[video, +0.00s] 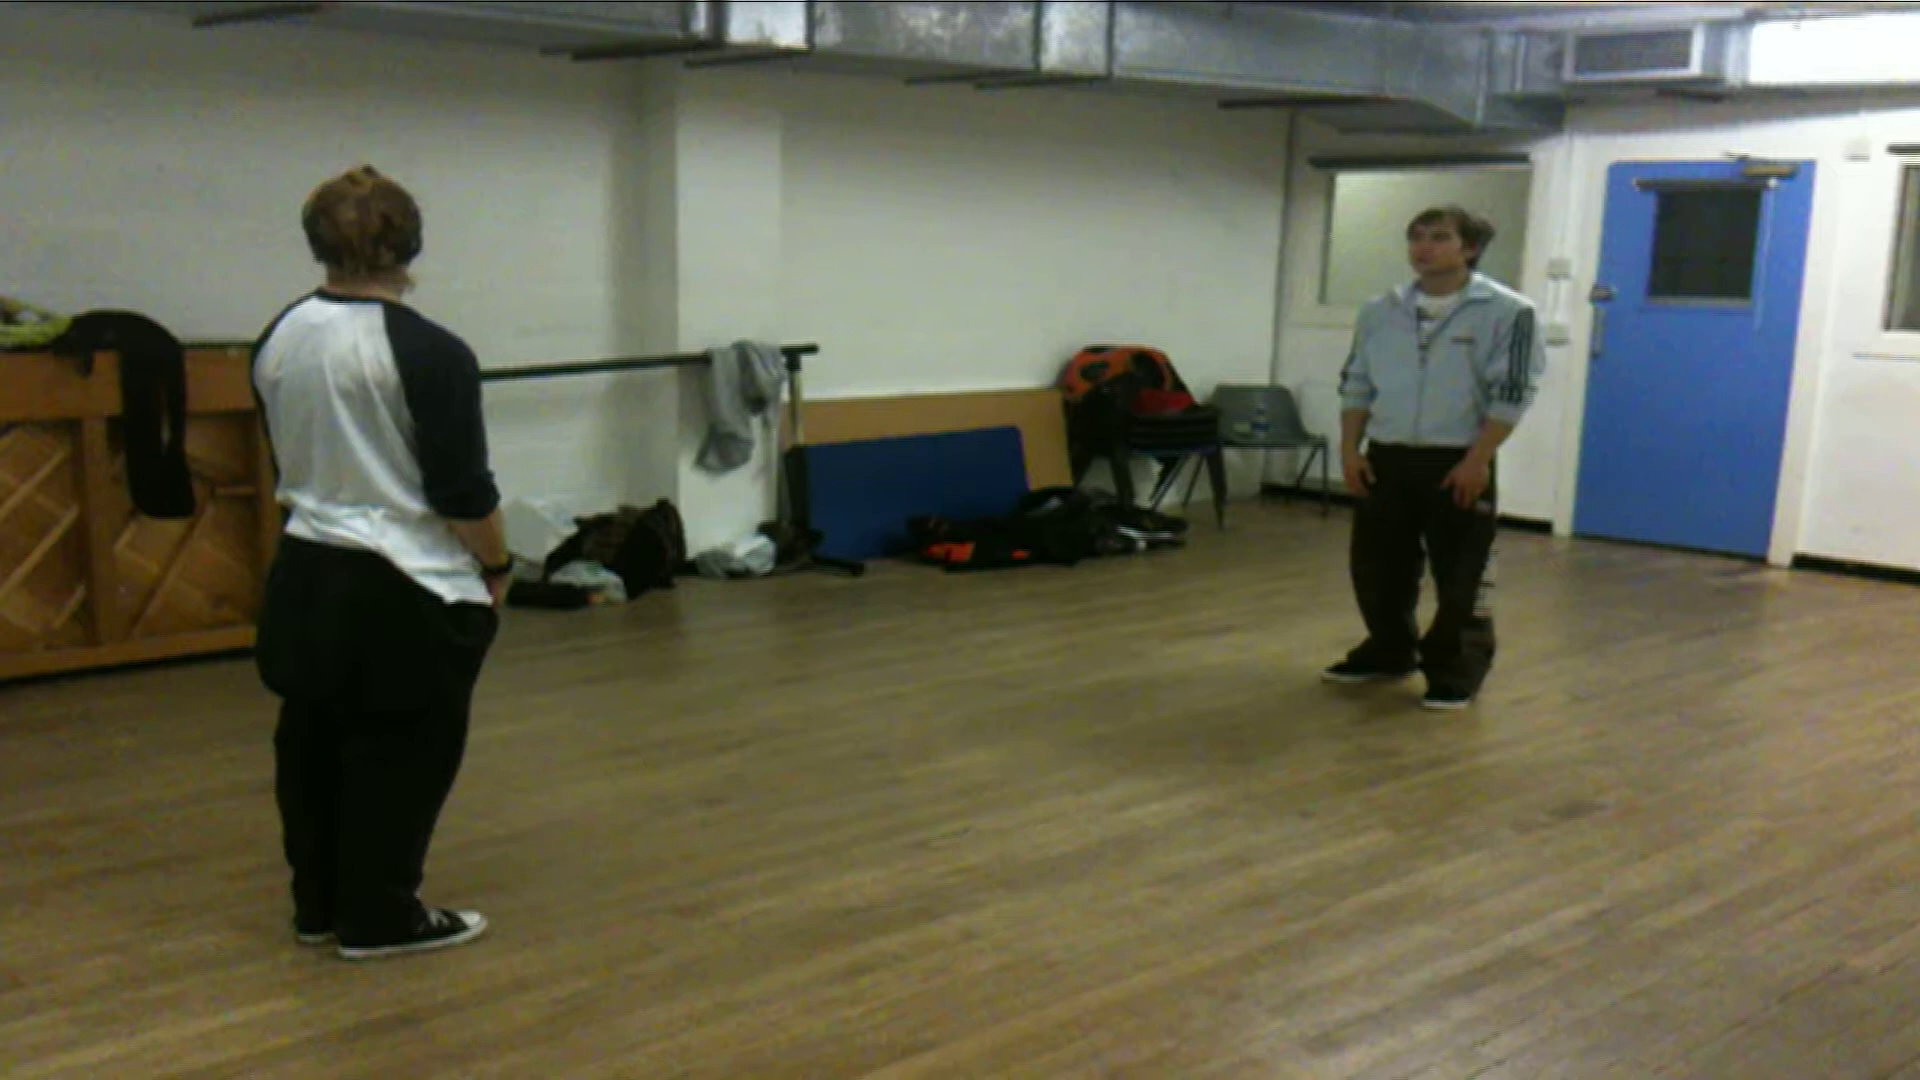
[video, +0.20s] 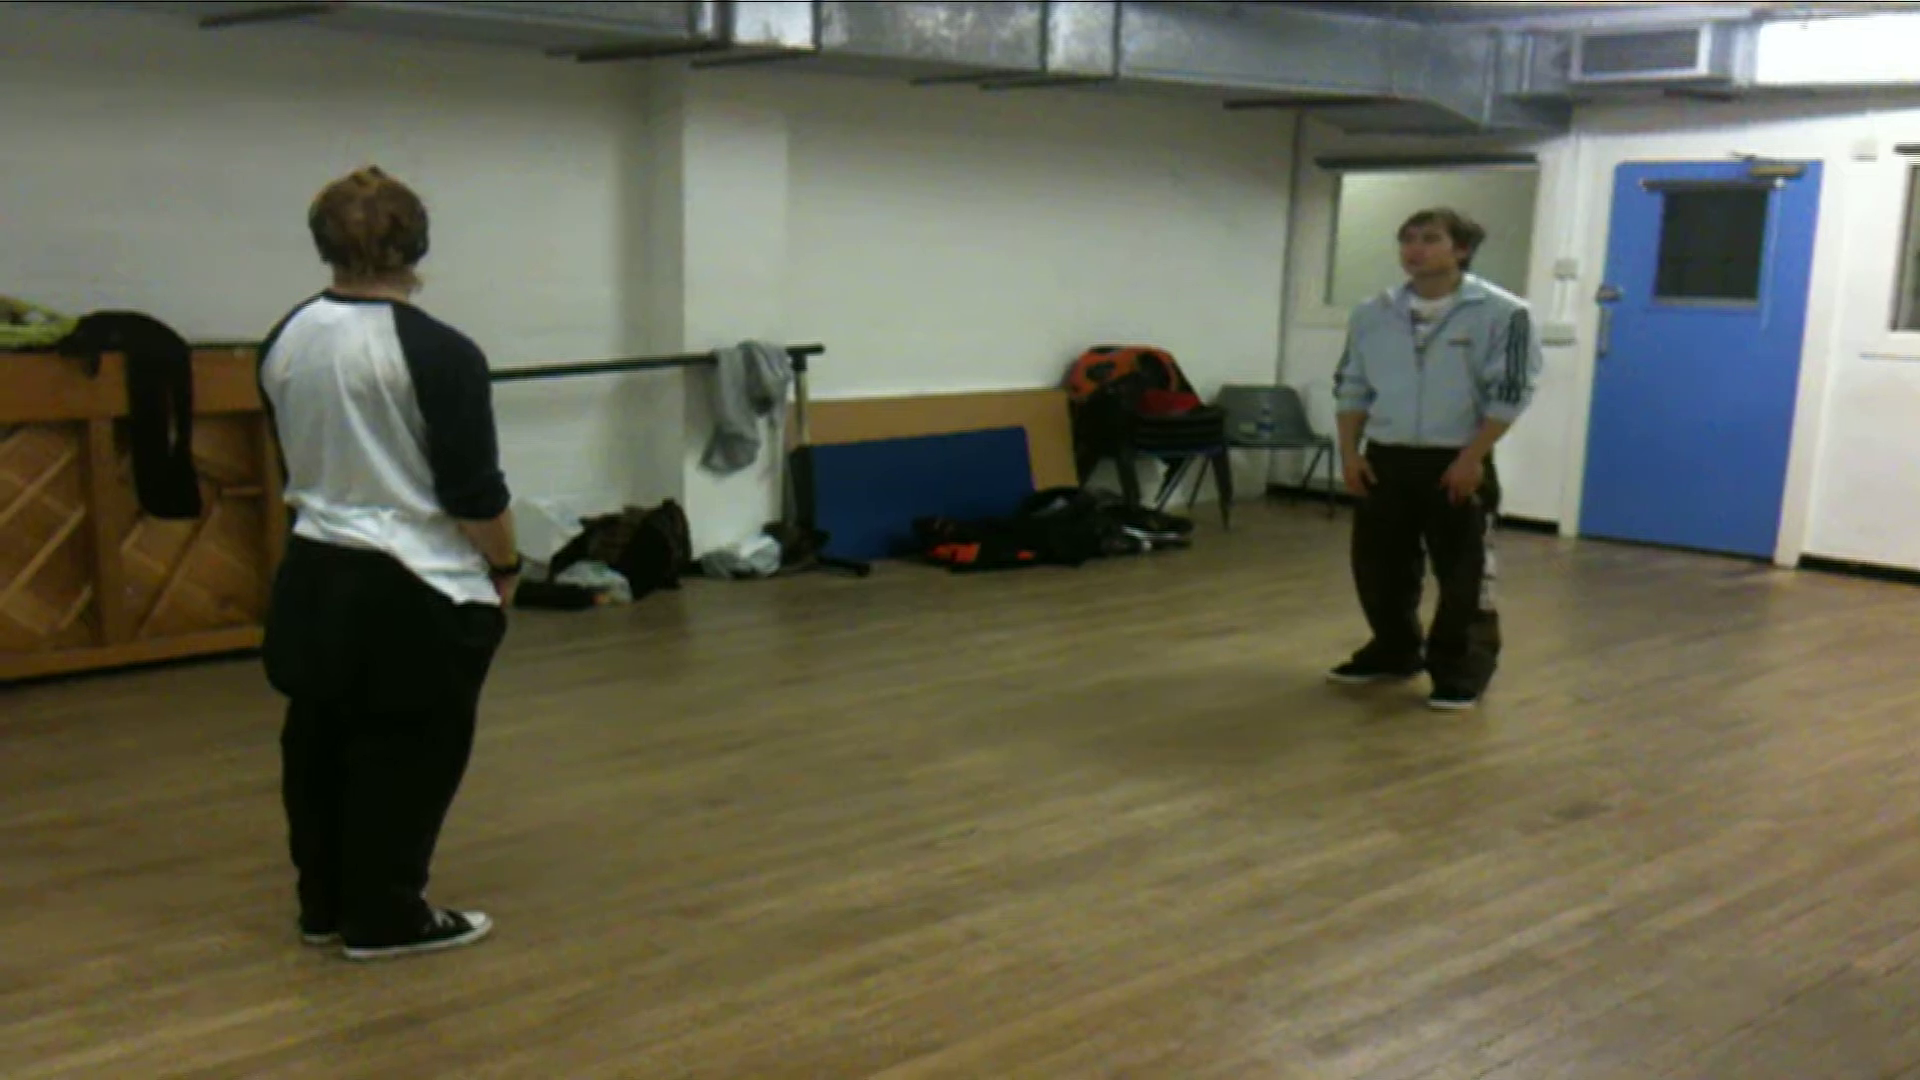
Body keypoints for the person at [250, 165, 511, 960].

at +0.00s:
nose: (414, 250)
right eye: (411, 240)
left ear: (321, 246)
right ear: (406, 247)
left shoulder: (278, 341)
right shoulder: (431, 355)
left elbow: (291, 468)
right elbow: (464, 492)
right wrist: (495, 566)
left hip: (308, 581)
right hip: (412, 595)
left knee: (314, 737)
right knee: (410, 753)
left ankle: (320, 902)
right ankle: (382, 913)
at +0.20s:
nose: (420, 251)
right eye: (417, 240)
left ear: (328, 247)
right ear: (413, 247)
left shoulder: (286, 342)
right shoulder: (441, 354)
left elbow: (298, 470)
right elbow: (475, 494)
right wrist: (503, 567)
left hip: (317, 583)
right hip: (422, 596)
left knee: (320, 738)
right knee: (416, 755)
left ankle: (324, 903)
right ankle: (388, 913)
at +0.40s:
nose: (429, 250)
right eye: (426, 239)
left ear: (337, 247)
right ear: (422, 246)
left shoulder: (295, 341)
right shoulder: (450, 354)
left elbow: (304, 471)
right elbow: (483, 493)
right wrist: (510, 568)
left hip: (325, 585)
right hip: (430, 599)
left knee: (328, 735)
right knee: (422, 755)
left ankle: (331, 902)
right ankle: (394, 913)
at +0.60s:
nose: (436, 252)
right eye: (434, 241)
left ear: (346, 248)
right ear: (430, 249)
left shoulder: (301, 342)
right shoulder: (454, 356)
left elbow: (310, 473)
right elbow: (487, 495)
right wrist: (514, 569)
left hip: (328, 585)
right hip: (433, 599)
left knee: (332, 739)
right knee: (426, 756)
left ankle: (334, 902)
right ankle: (397, 913)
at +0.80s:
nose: (442, 255)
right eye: (439, 244)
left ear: (349, 249)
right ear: (433, 251)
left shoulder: (303, 341)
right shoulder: (455, 355)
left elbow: (311, 472)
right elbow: (486, 493)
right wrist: (515, 566)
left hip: (328, 586)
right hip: (432, 600)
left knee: (332, 741)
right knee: (425, 757)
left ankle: (334, 904)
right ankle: (397, 914)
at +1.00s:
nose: (439, 252)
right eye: (436, 242)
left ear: (347, 248)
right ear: (431, 249)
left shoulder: (300, 339)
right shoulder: (453, 355)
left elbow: (308, 469)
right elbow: (483, 492)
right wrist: (512, 566)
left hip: (324, 585)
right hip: (428, 599)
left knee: (330, 738)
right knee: (423, 756)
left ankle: (331, 902)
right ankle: (393, 913)